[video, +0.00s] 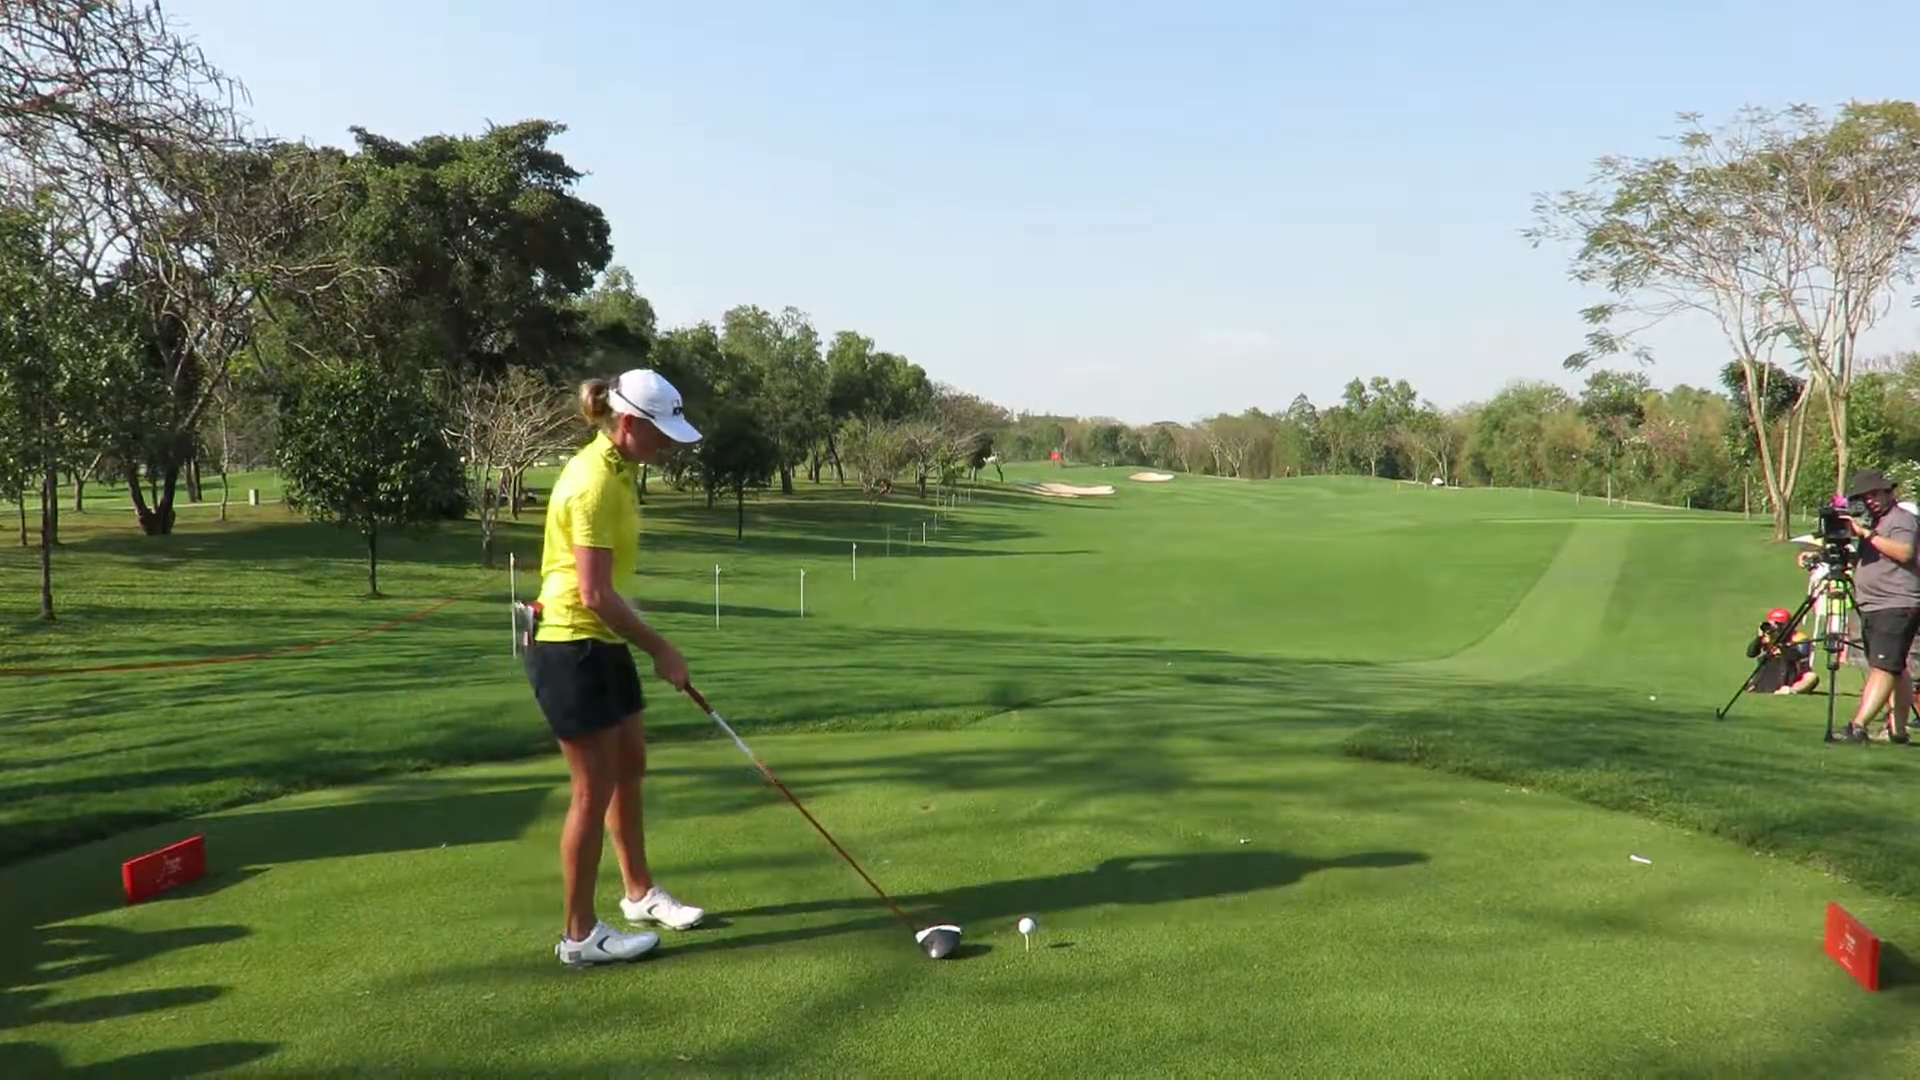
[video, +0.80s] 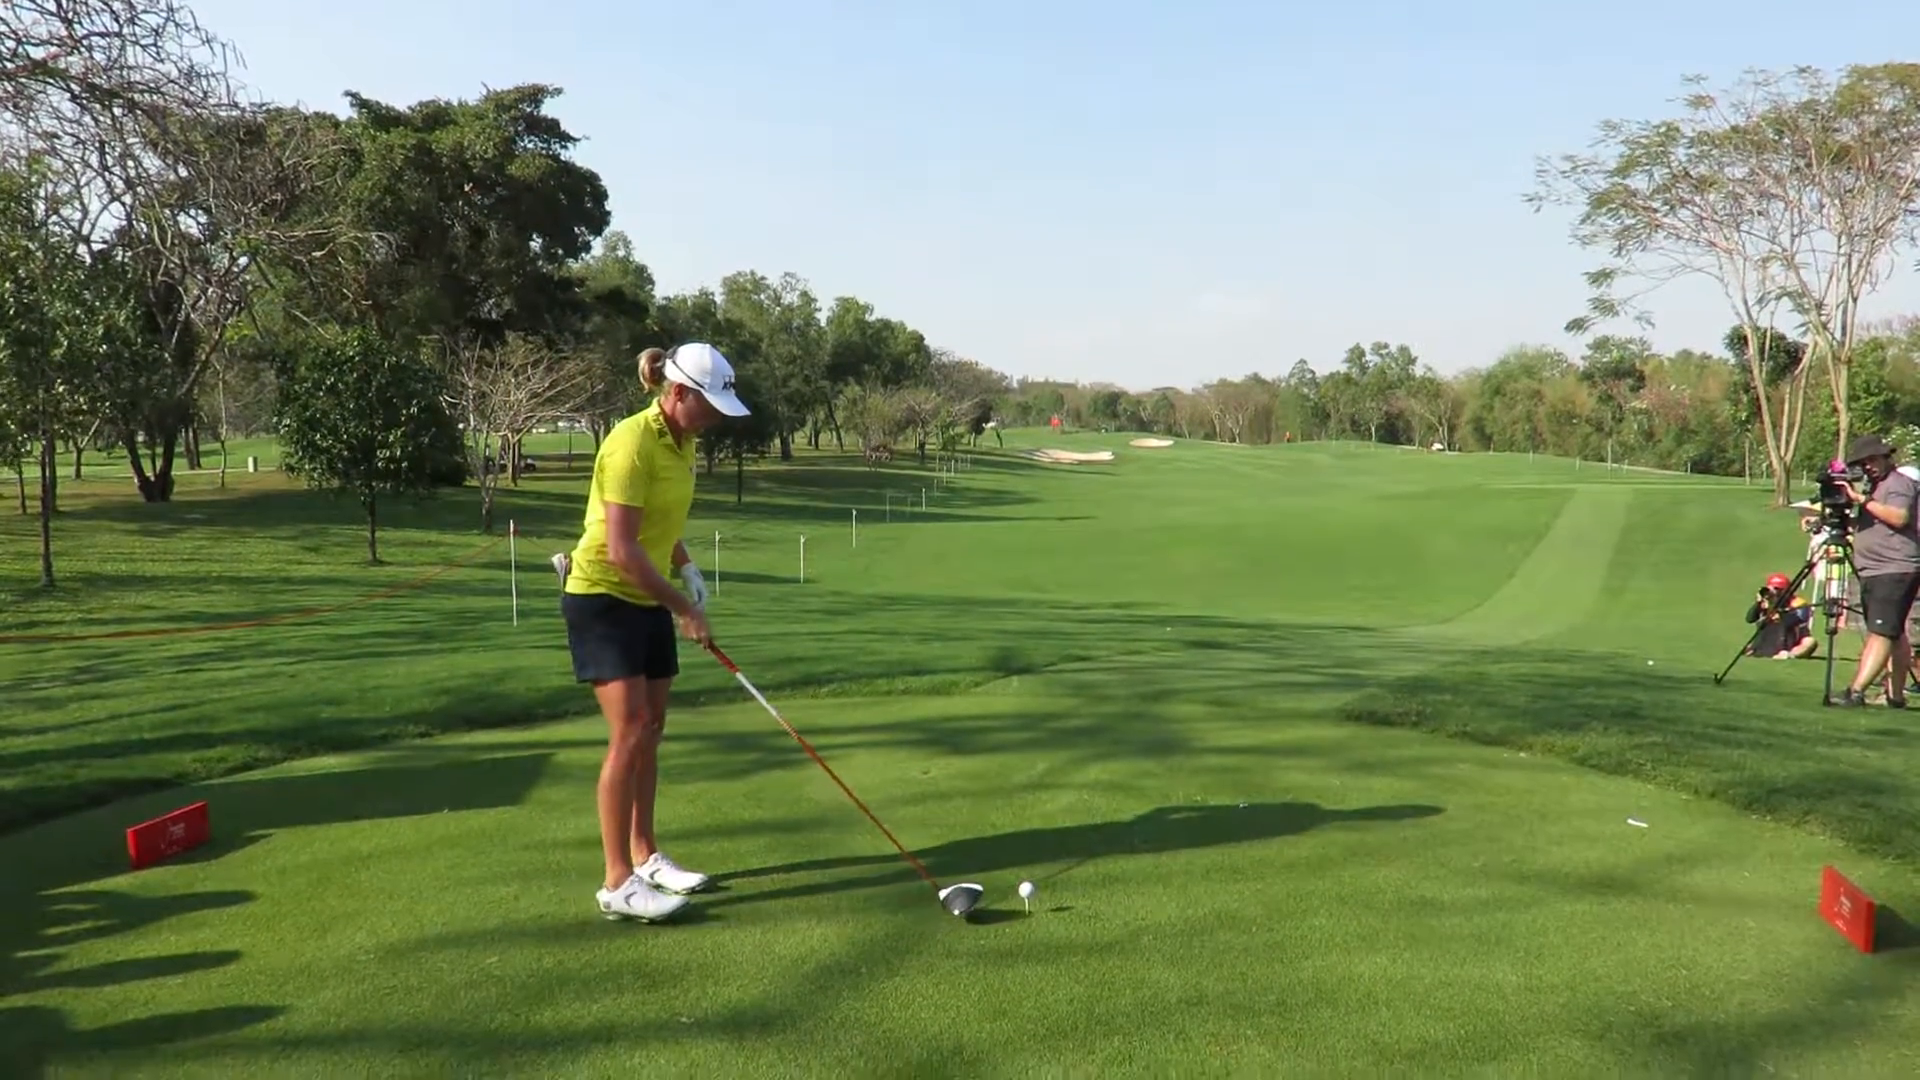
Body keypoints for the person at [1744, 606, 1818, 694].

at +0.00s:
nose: (1774, 630)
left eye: (1778, 626)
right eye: (1771, 626)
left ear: (1786, 626)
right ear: (1769, 626)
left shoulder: (1799, 638)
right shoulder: (1769, 638)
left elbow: (1799, 655)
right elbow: (1751, 654)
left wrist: (1783, 651)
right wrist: (1759, 638)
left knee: (1812, 677)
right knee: (1750, 685)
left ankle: (1791, 690)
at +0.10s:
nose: (1773, 629)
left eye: (1777, 625)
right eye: (1771, 625)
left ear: (1786, 625)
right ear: (1768, 624)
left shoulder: (1799, 639)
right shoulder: (1769, 637)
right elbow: (1751, 652)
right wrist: (1759, 637)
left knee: (1812, 675)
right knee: (1749, 683)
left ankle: (1792, 688)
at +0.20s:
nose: (1774, 626)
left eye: (1777, 622)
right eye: (1771, 622)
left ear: (1786, 622)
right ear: (1769, 621)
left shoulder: (1799, 635)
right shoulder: (1770, 633)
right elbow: (1751, 649)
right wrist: (1759, 634)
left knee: (1812, 672)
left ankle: (1792, 685)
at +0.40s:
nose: (1773, 616)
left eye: (1777, 613)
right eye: (1771, 613)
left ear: (1786, 613)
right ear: (1769, 612)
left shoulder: (1799, 625)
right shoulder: (1770, 624)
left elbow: (1800, 640)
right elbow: (1751, 640)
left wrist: (1783, 637)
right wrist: (1759, 625)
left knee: (1812, 662)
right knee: (1750, 669)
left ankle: (1792, 676)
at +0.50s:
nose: (1774, 609)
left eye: (1778, 605)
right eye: (1772, 605)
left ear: (1786, 605)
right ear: (1769, 604)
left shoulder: (1798, 618)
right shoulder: (1769, 616)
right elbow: (1750, 632)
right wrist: (1759, 617)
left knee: (1811, 655)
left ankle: (1792, 668)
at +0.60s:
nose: (1773, 603)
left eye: (1777, 599)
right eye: (1771, 599)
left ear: (1785, 599)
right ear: (1769, 598)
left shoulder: (1799, 611)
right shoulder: (1769, 610)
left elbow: (1800, 626)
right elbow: (1751, 626)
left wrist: (1782, 623)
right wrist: (1759, 611)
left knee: (1812, 648)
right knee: (1749, 655)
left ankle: (1791, 661)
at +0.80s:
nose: (1772, 595)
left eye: (1776, 592)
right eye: (1770, 592)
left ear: (1785, 592)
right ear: (1767, 591)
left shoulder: (1798, 604)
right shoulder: (1768, 603)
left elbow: (1800, 618)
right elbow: (1749, 619)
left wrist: (1781, 616)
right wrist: (1758, 604)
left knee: (1810, 641)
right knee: (1748, 649)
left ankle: (1790, 654)